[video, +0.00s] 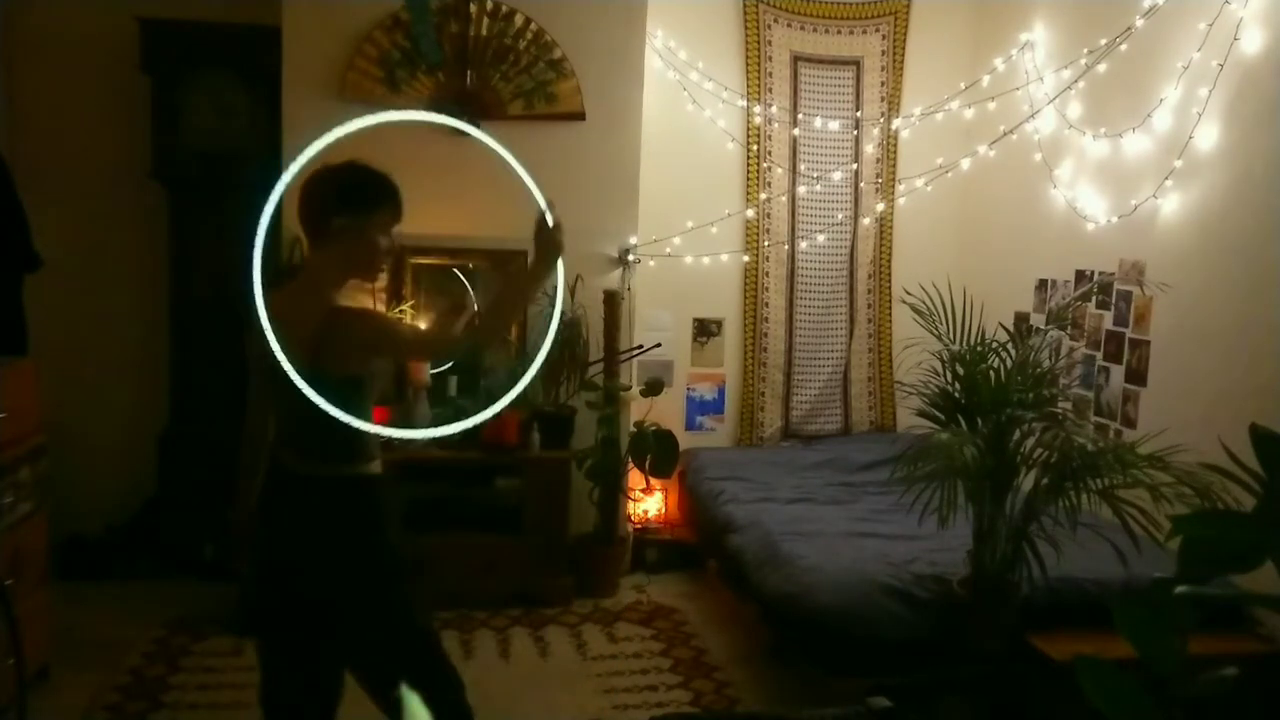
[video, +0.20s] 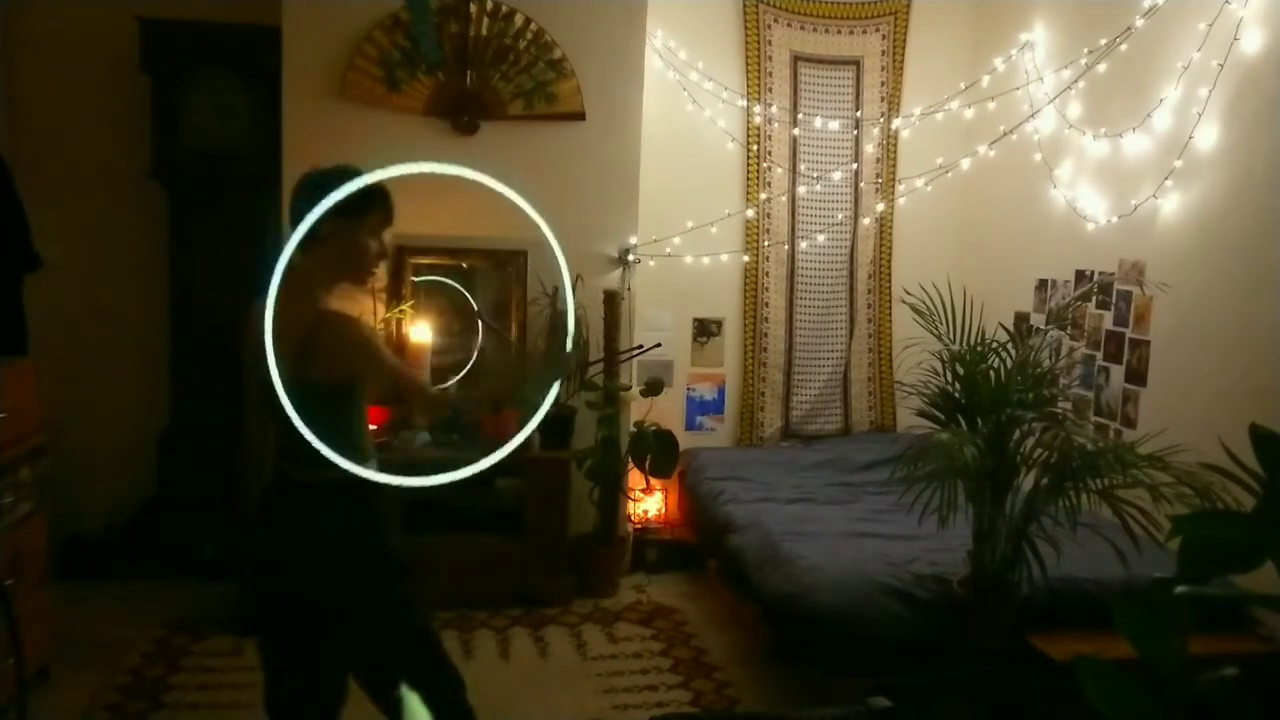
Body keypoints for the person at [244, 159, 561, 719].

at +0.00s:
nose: (393, 247)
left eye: (393, 231)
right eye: (384, 230)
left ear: (334, 231)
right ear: (340, 230)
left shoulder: (280, 308)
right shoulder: (343, 324)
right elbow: (464, 354)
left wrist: (452, 326)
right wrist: (533, 271)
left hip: (287, 525)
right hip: (341, 534)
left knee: (295, 700)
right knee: (441, 697)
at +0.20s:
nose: (382, 251)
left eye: (382, 235)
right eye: (371, 233)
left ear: (321, 236)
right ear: (327, 234)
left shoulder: (270, 325)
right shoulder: (339, 333)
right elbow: (419, 397)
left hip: (284, 551)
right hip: (343, 554)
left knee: (299, 704)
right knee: (442, 698)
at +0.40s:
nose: (395, 253)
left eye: (396, 237)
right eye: (391, 235)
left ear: (319, 233)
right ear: (366, 238)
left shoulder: (272, 319)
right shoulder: (352, 328)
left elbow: (265, 447)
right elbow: (401, 448)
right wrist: (498, 488)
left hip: (290, 551)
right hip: (357, 556)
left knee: (300, 705)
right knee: (454, 701)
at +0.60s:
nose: (426, 242)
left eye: (426, 226)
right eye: (421, 225)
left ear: (353, 220)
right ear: (394, 225)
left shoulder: (300, 305)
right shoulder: (403, 309)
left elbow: (296, 433)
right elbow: (418, 437)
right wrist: (499, 520)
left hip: (316, 541)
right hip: (401, 543)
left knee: (308, 705)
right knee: (481, 704)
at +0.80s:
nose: (459, 239)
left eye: (458, 225)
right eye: (451, 223)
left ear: (390, 228)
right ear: (415, 226)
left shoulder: (338, 321)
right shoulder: (453, 297)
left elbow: (336, 435)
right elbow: (544, 331)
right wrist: (632, 349)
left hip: (371, 498)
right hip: (443, 498)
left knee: (375, 642)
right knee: (503, 655)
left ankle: (315, 716)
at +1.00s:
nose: (448, 220)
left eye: (446, 206)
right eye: (437, 206)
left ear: (392, 209)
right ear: (400, 208)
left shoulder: (372, 277)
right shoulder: (384, 276)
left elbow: (427, 317)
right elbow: (507, 266)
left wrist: (487, 299)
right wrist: (599, 234)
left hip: (388, 482)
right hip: (396, 485)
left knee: (369, 639)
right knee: (464, 650)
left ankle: (311, 714)